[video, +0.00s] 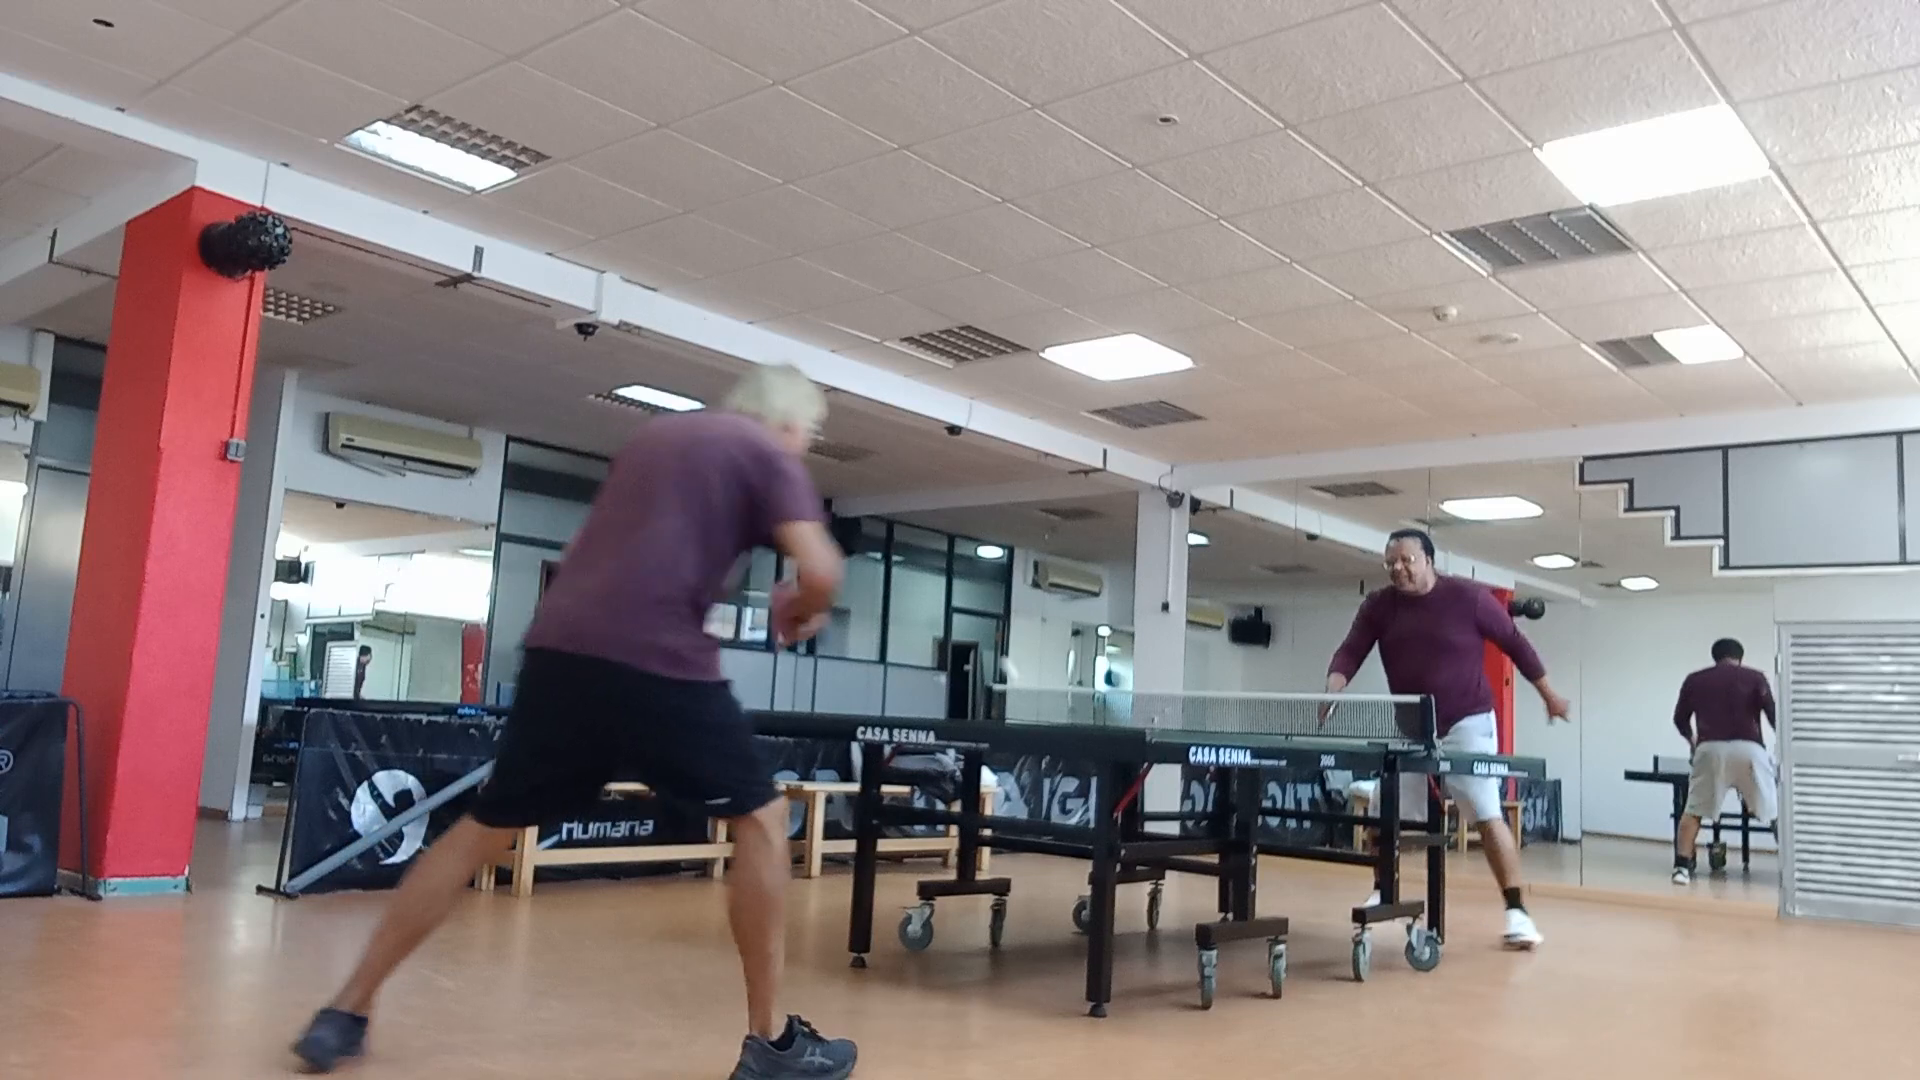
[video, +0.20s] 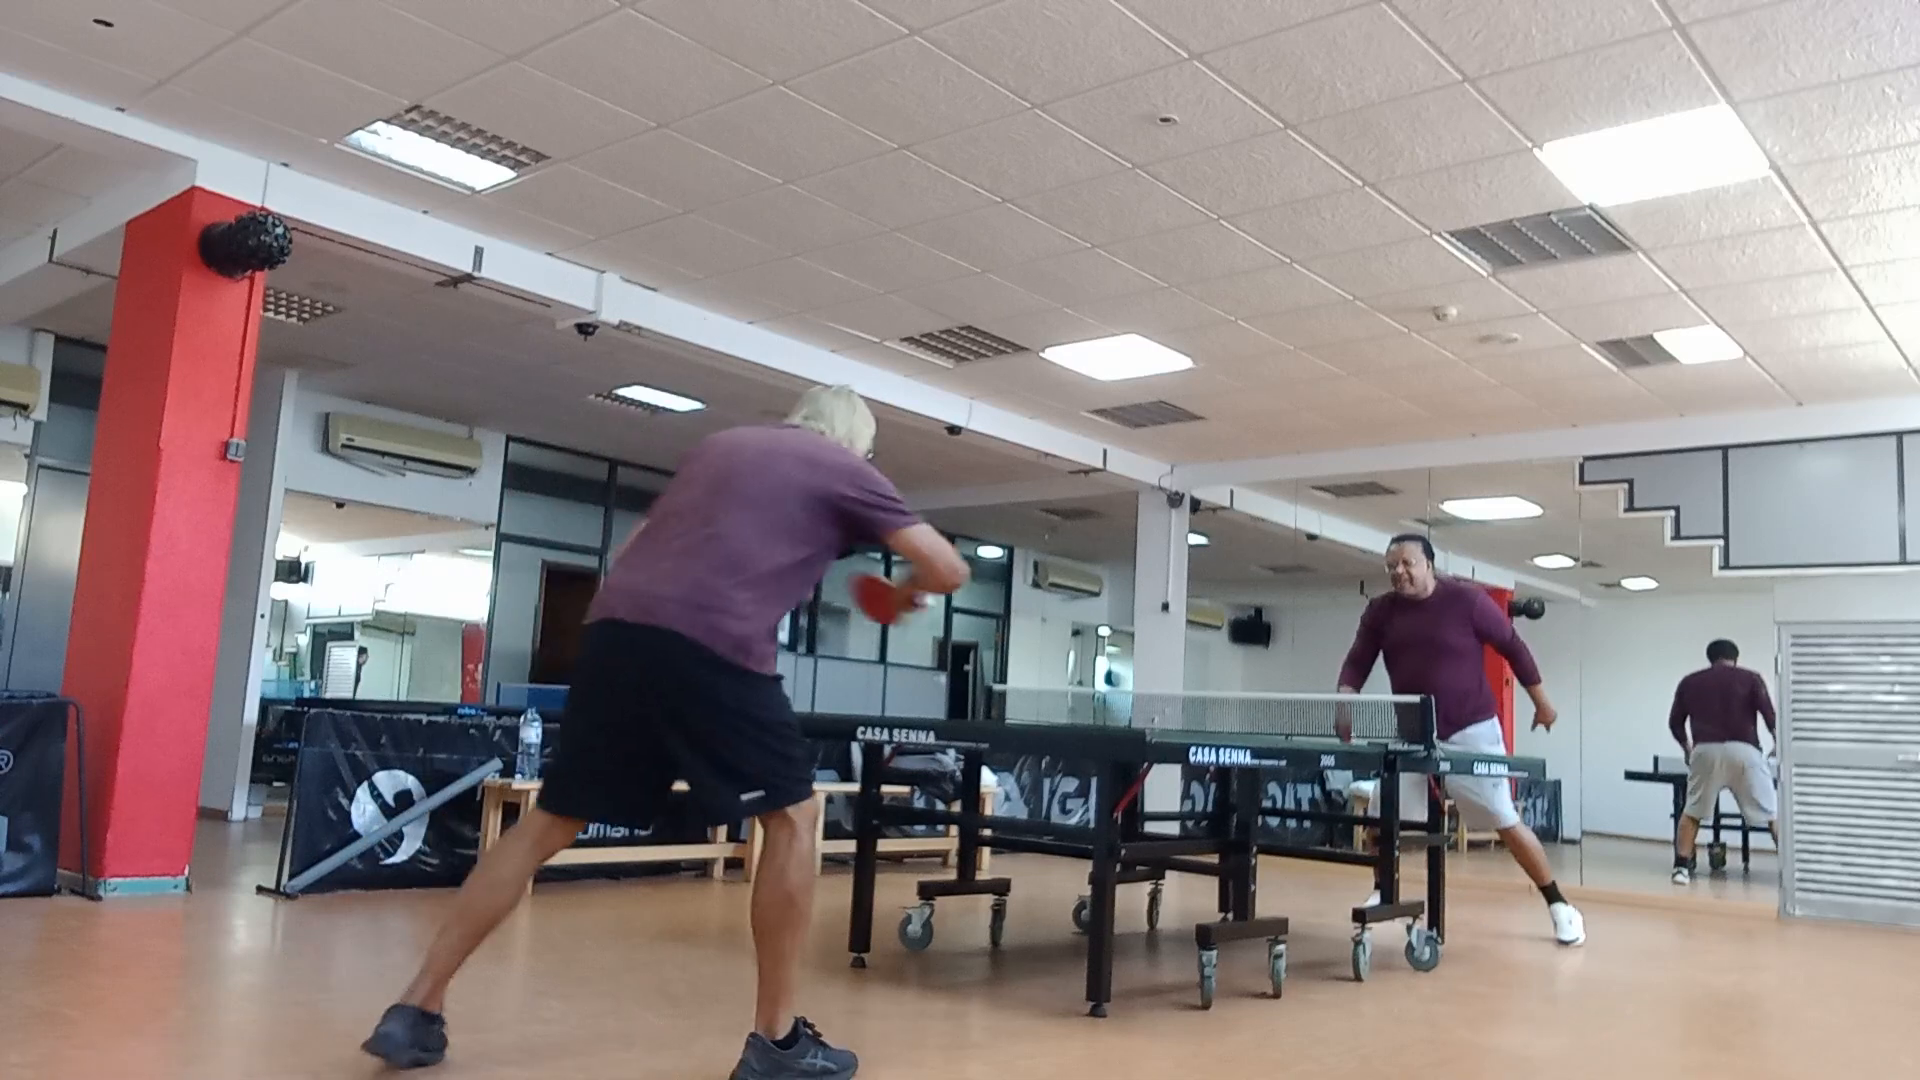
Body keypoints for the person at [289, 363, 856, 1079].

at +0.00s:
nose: (801, 454)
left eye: (807, 443)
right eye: (804, 439)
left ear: (735, 404)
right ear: (786, 422)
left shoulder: (651, 435)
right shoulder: (768, 452)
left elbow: (612, 554)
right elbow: (822, 571)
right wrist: (798, 610)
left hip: (556, 659)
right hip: (661, 668)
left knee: (479, 831)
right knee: (759, 818)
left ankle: (345, 1013)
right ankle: (770, 1035)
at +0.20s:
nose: (864, 468)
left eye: (862, 454)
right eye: (864, 457)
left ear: (798, 417)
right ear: (852, 444)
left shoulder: (720, 443)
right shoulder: (844, 467)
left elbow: (663, 541)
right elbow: (946, 570)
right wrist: (900, 592)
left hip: (616, 629)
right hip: (715, 647)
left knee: (546, 822)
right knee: (793, 817)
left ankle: (417, 1007)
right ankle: (775, 1036)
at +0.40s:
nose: (870, 432)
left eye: (863, 419)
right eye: (869, 420)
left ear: (794, 398)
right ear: (857, 415)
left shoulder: (722, 437)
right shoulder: (855, 454)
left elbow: (646, 545)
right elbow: (946, 540)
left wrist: (642, 624)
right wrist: (995, 570)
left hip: (638, 626)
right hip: (739, 639)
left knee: (582, 812)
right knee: (798, 820)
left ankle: (450, 983)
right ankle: (779, 1037)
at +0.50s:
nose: (854, 419)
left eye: (849, 411)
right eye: (856, 409)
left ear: (781, 387)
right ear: (843, 403)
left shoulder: (706, 426)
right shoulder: (840, 440)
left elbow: (629, 540)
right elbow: (935, 524)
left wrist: (697, 577)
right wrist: (981, 549)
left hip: (635, 622)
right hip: (736, 631)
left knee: (588, 800)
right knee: (793, 815)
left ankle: (467, 978)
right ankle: (785, 1033)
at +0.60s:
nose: (824, 402)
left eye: (825, 391)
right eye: (824, 391)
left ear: (750, 370)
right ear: (811, 385)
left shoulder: (675, 425)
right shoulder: (811, 427)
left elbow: (608, 540)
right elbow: (911, 506)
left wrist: (663, 584)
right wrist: (955, 532)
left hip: (624, 626)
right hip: (728, 633)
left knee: (571, 804)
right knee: (790, 820)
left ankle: (467, 988)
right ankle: (785, 1032)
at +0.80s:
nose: (720, 380)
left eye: (719, 369)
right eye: (718, 369)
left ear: (646, 357)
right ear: (704, 365)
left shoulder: (577, 428)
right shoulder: (706, 413)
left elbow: (526, 552)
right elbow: (807, 508)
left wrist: (584, 597)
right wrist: (860, 520)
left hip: (566, 643)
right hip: (668, 643)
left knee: (528, 817)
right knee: (738, 827)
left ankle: (447, 1003)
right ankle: (783, 1025)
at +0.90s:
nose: (669, 367)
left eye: (668, 355)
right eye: (665, 354)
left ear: (587, 348)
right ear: (644, 350)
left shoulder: (529, 419)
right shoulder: (651, 409)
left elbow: (479, 539)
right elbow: (735, 505)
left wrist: (535, 584)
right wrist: (797, 518)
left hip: (521, 633)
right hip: (613, 633)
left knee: (507, 815)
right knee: (680, 822)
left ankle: (445, 1005)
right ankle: (724, 1018)